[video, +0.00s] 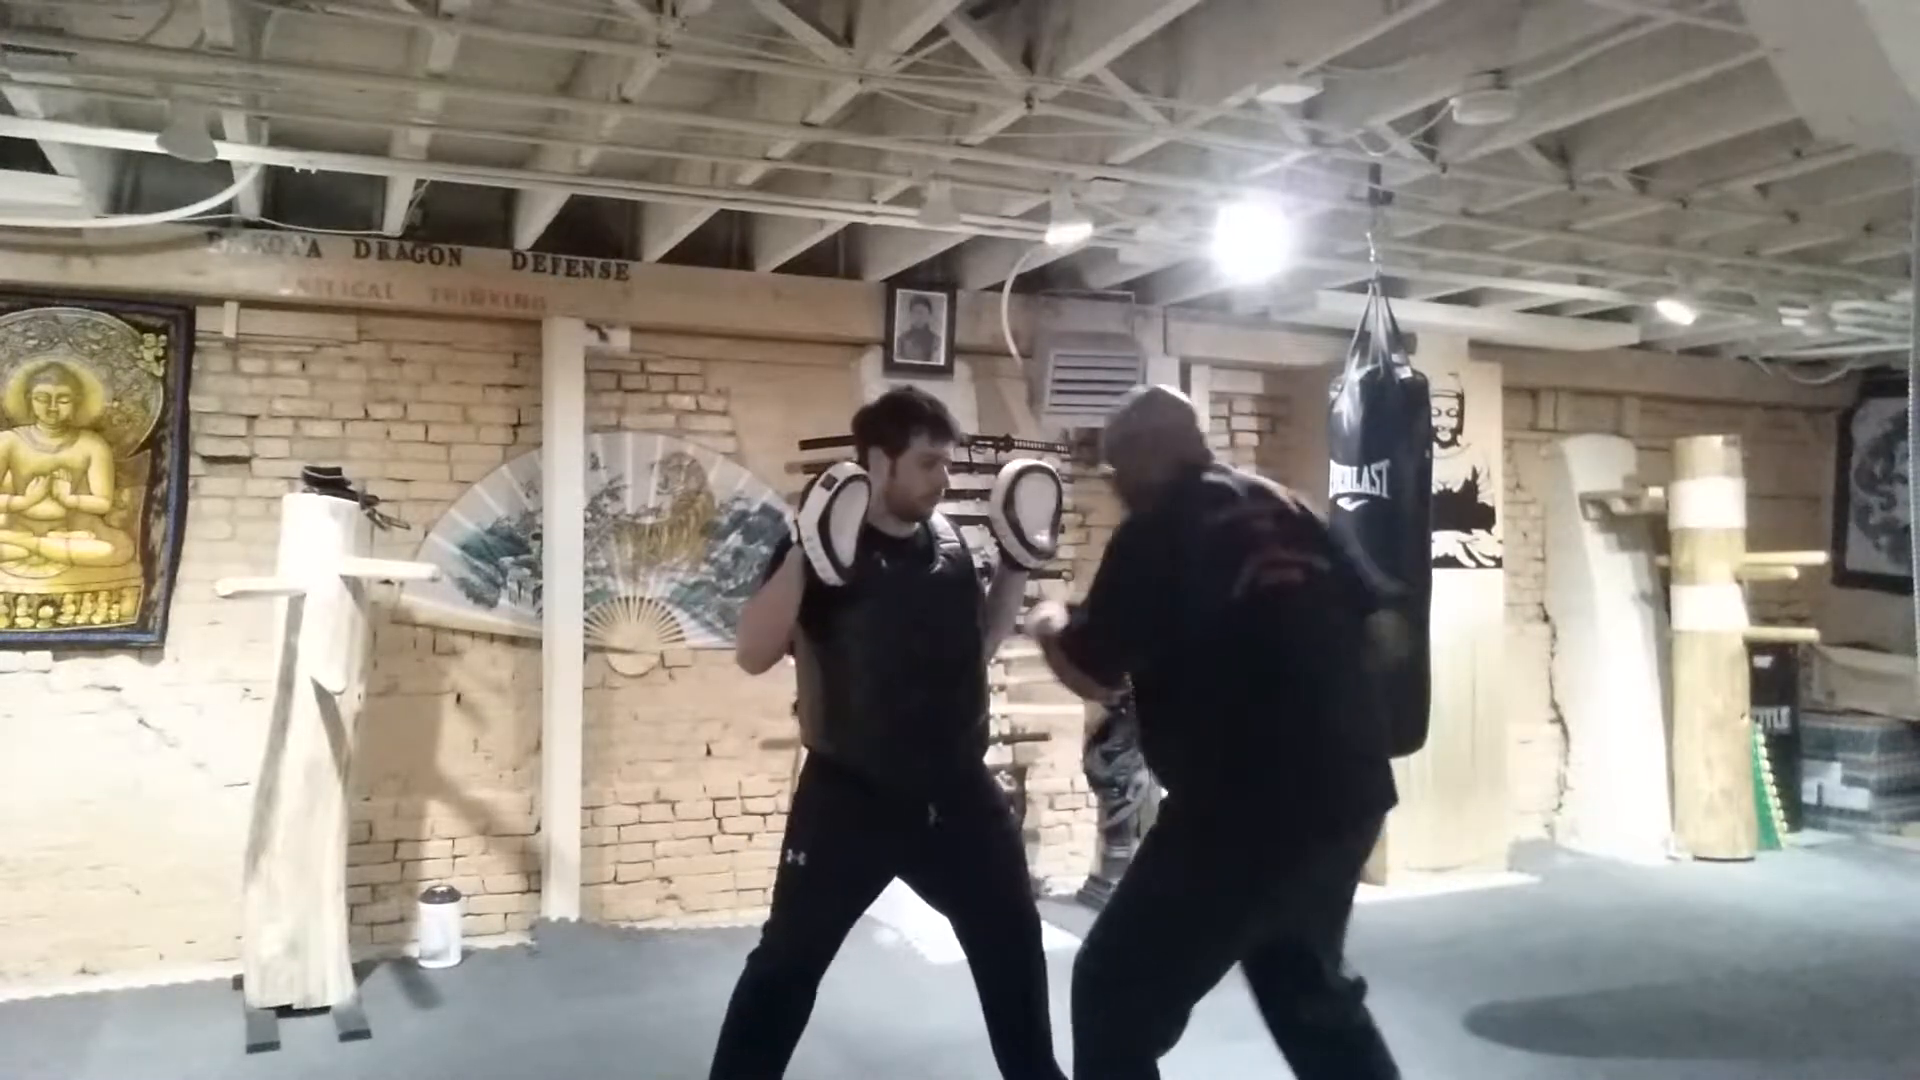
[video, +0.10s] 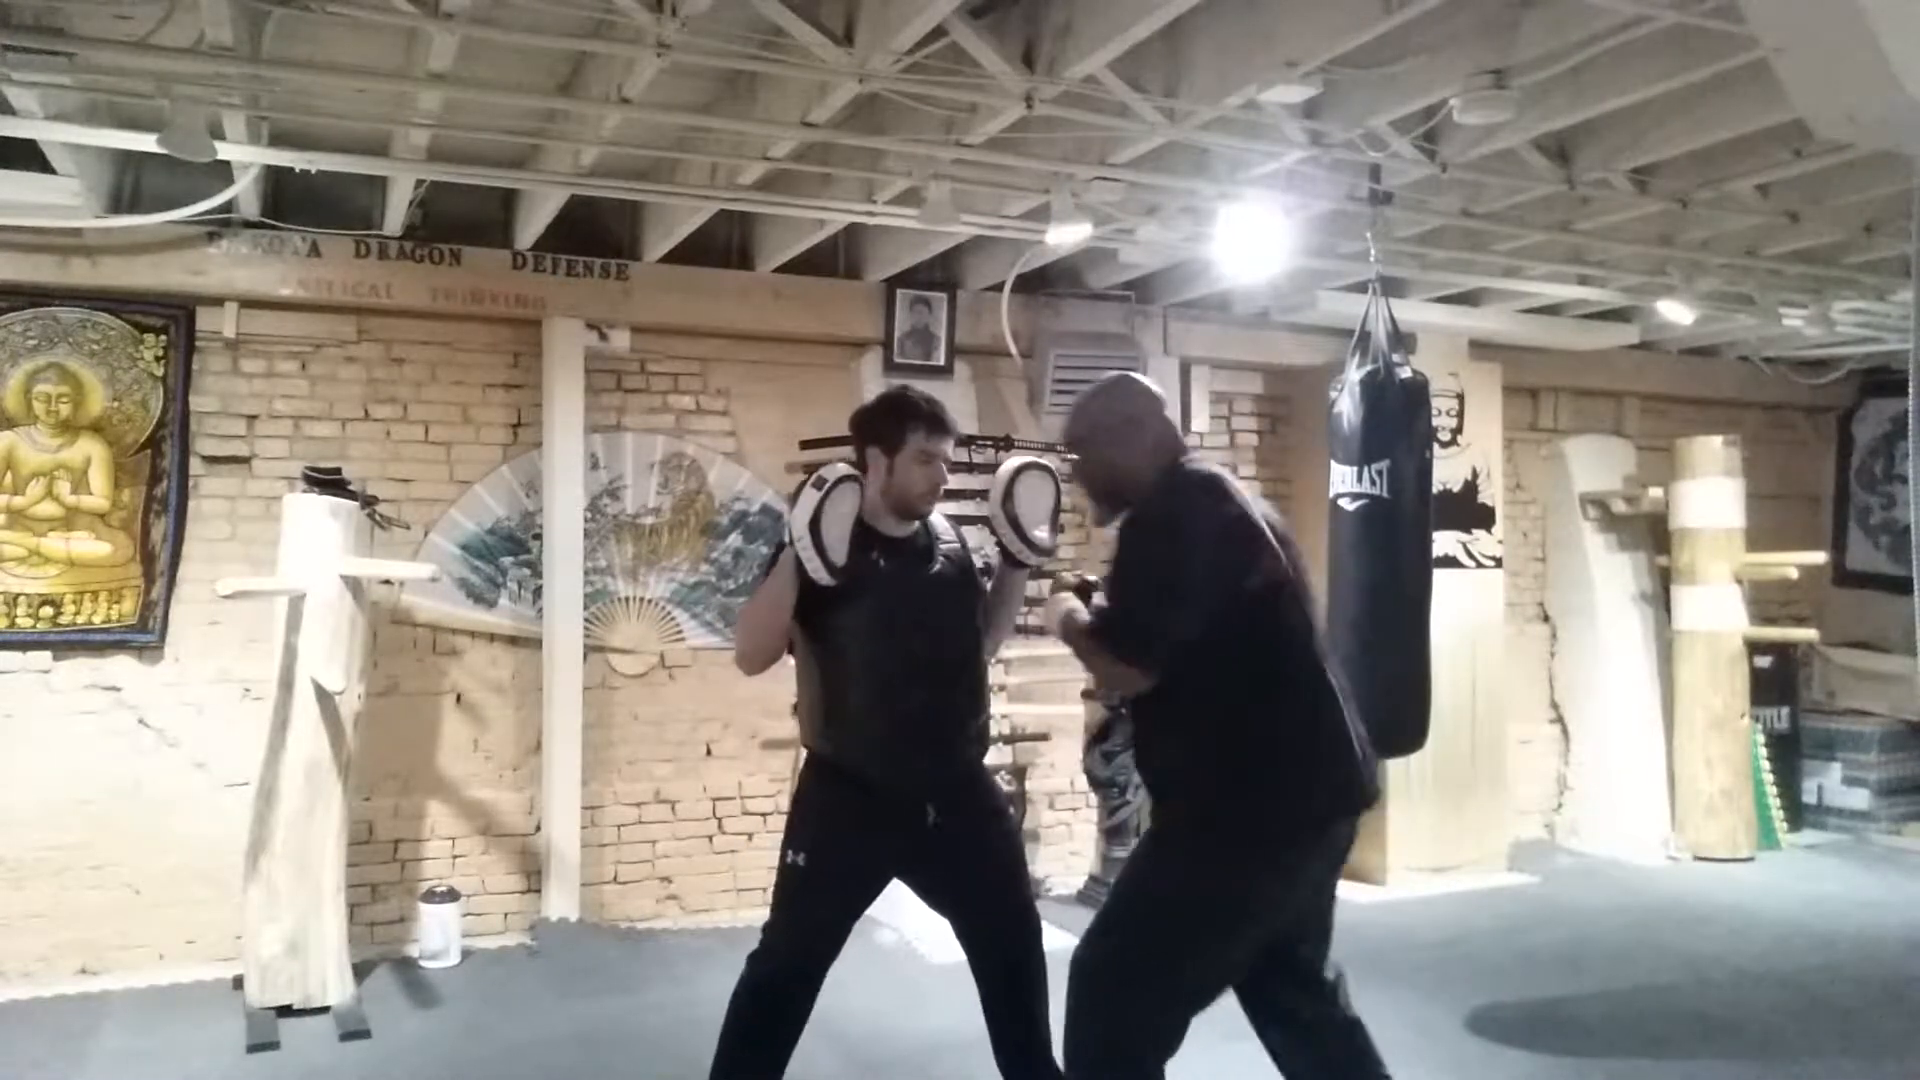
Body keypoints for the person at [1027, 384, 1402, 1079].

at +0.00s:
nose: (1115, 478)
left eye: (1119, 459)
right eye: (1112, 462)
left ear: (1150, 453)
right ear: (1195, 444)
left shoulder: (1156, 530)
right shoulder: (1286, 506)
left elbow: (1094, 667)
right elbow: (1372, 599)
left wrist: (1050, 630)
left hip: (1234, 809)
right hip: (1344, 796)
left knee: (1114, 987)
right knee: (1308, 988)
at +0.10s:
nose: (1078, 474)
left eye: (1084, 452)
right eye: (1074, 456)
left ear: (1134, 436)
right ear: (1151, 435)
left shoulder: (1171, 513)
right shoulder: (1218, 496)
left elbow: (1126, 669)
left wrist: (1075, 626)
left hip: (1243, 805)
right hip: (1311, 792)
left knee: (1115, 983)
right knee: (1290, 988)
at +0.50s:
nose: (1129, 445)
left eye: (1138, 428)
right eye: (1129, 428)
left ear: (1167, 432)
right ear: (1216, 432)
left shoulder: (1155, 512)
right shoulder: (1274, 508)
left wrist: (1021, 551)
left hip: (1188, 810)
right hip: (1298, 799)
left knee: (1090, 1011)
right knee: (1267, 968)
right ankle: (1315, 1075)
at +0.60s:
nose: (1153, 437)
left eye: (1156, 426)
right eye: (1159, 427)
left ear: (1166, 431)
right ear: (1244, 427)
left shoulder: (1132, 501)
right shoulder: (1312, 509)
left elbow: (1013, 493)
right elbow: (1357, 611)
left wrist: (1051, 458)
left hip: (1171, 806)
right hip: (1297, 803)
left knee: (1118, 1014)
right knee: (1302, 982)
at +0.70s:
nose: (1162, 442)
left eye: (1164, 432)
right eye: (1163, 434)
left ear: (1173, 435)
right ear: (1251, 430)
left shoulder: (1136, 504)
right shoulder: (1329, 509)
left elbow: (1025, 496)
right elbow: (1402, 604)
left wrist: (1075, 458)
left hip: (1170, 805)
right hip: (1300, 801)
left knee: (1126, 1010)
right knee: (1310, 980)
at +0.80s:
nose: (1154, 441)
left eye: (1158, 430)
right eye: (1157, 431)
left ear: (1170, 434)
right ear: (1247, 427)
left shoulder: (1141, 506)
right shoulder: (1331, 506)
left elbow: (1031, 529)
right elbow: (1411, 626)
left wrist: (1077, 479)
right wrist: (1330, 674)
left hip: (1178, 796)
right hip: (1304, 792)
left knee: (1114, 998)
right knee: (1306, 985)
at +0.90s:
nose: (1139, 440)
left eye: (1143, 426)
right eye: (1142, 426)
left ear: (1158, 429)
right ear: (1234, 420)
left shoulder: (1140, 510)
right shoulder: (1315, 497)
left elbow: (1036, 578)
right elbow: (1381, 589)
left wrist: (1089, 503)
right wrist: (1293, 587)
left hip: (1191, 793)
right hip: (1304, 784)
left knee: (1089, 985)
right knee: (1284, 962)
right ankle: (1329, 1079)